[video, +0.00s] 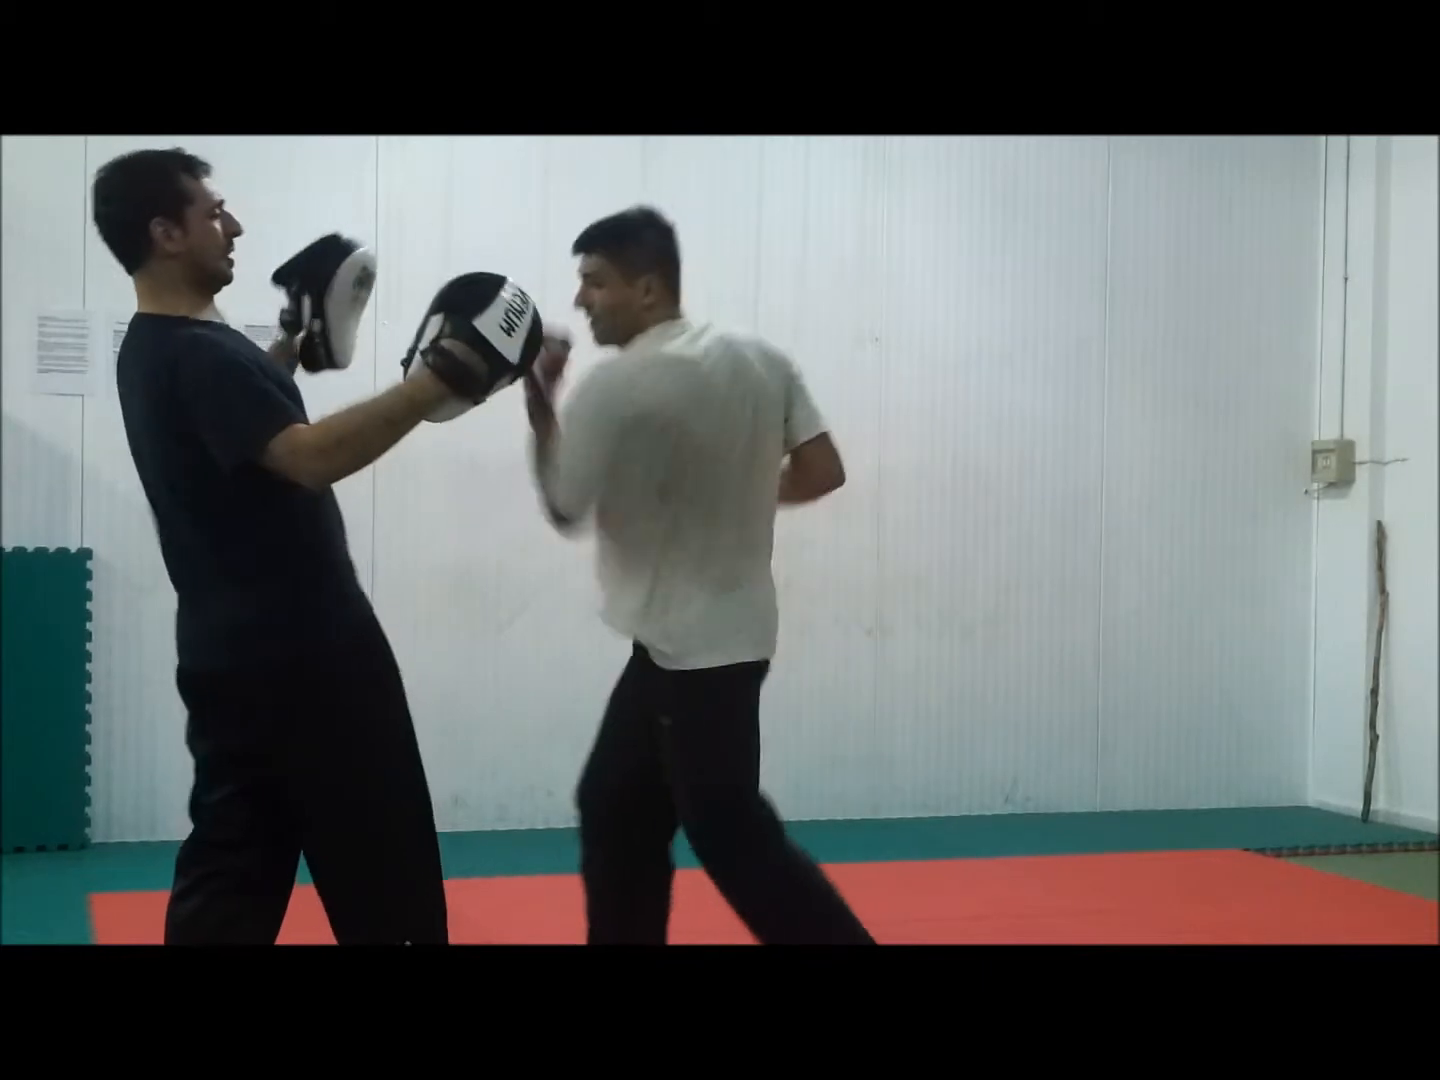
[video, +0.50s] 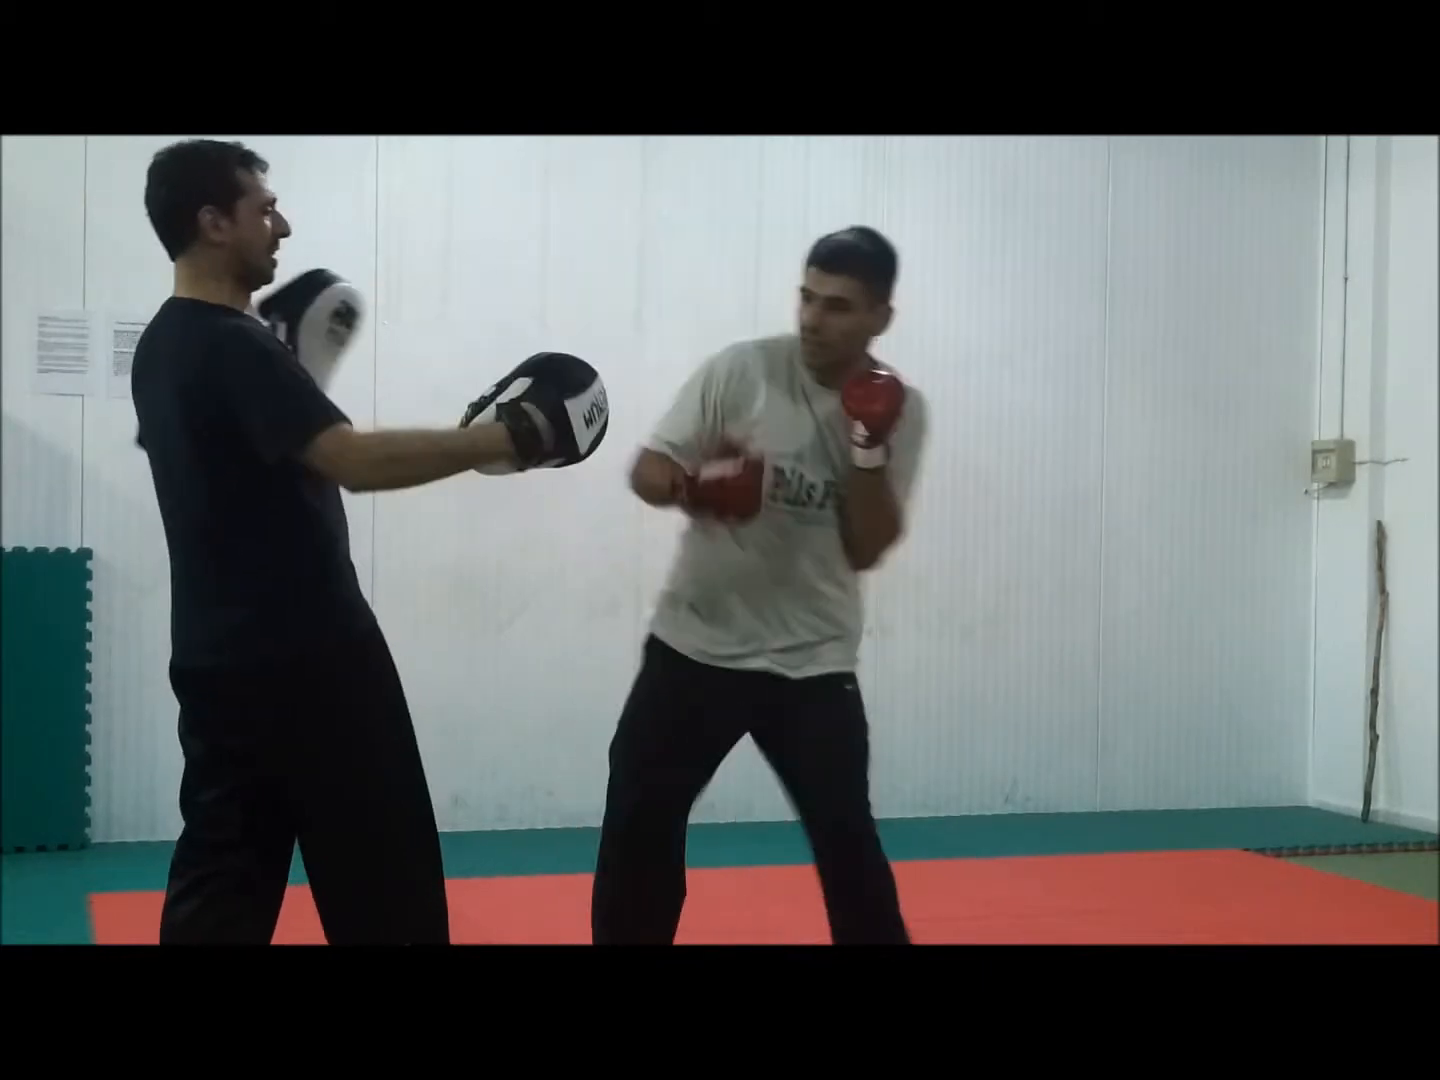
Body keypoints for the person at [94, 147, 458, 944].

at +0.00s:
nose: (233, 221)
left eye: (221, 205)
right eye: (212, 209)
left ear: (161, 240)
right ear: (165, 233)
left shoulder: (148, 348)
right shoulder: (200, 350)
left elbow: (220, 439)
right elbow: (308, 458)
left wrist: (285, 355)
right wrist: (425, 390)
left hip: (229, 650)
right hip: (310, 649)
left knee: (230, 875)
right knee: (389, 878)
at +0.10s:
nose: (242, 225)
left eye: (232, 208)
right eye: (223, 210)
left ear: (167, 235)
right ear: (172, 229)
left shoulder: (146, 347)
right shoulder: (203, 346)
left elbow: (209, 443)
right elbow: (307, 447)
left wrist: (284, 363)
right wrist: (436, 371)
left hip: (220, 659)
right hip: (305, 657)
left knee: (223, 884)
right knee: (384, 885)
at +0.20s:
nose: (242, 225)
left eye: (233, 208)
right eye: (223, 209)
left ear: (168, 234)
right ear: (172, 228)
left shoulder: (145, 349)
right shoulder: (204, 343)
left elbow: (249, 482)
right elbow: (351, 427)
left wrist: (299, 373)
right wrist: (472, 356)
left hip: (216, 662)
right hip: (305, 658)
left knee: (222, 885)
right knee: (380, 890)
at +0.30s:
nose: (243, 223)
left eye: (233, 206)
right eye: (223, 208)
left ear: (163, 234)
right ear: (170, 225)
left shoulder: (142, 351)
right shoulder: (216, 344)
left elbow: (216, 446)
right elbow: (371, 416)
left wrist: (268, 353)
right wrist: (504, 360)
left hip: (214, 659)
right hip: (309, 658)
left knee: (222, 884)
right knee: (380, 889)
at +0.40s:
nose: (267, 219)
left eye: (257, 201)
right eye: (246, 203)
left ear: (193, 230)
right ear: (199, 224)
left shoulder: (155, 344)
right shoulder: (235, 338)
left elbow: (200, 451)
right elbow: (361, 440)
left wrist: (265, 348)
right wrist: (513, 428)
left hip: (217, 661)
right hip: (314, 656)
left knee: (222, 882)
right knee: (384, 882)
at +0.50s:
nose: (281, 224)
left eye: (275, 207)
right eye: (265, 208)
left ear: (207, 229)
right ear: (213, 224)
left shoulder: (164, 344)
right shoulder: (234, 341)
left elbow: (230, 468)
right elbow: (350, 458)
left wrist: (285, 364)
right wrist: (507, 440)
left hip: (219, 660)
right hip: (312, 656)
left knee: (220, 884)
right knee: (387, 881)